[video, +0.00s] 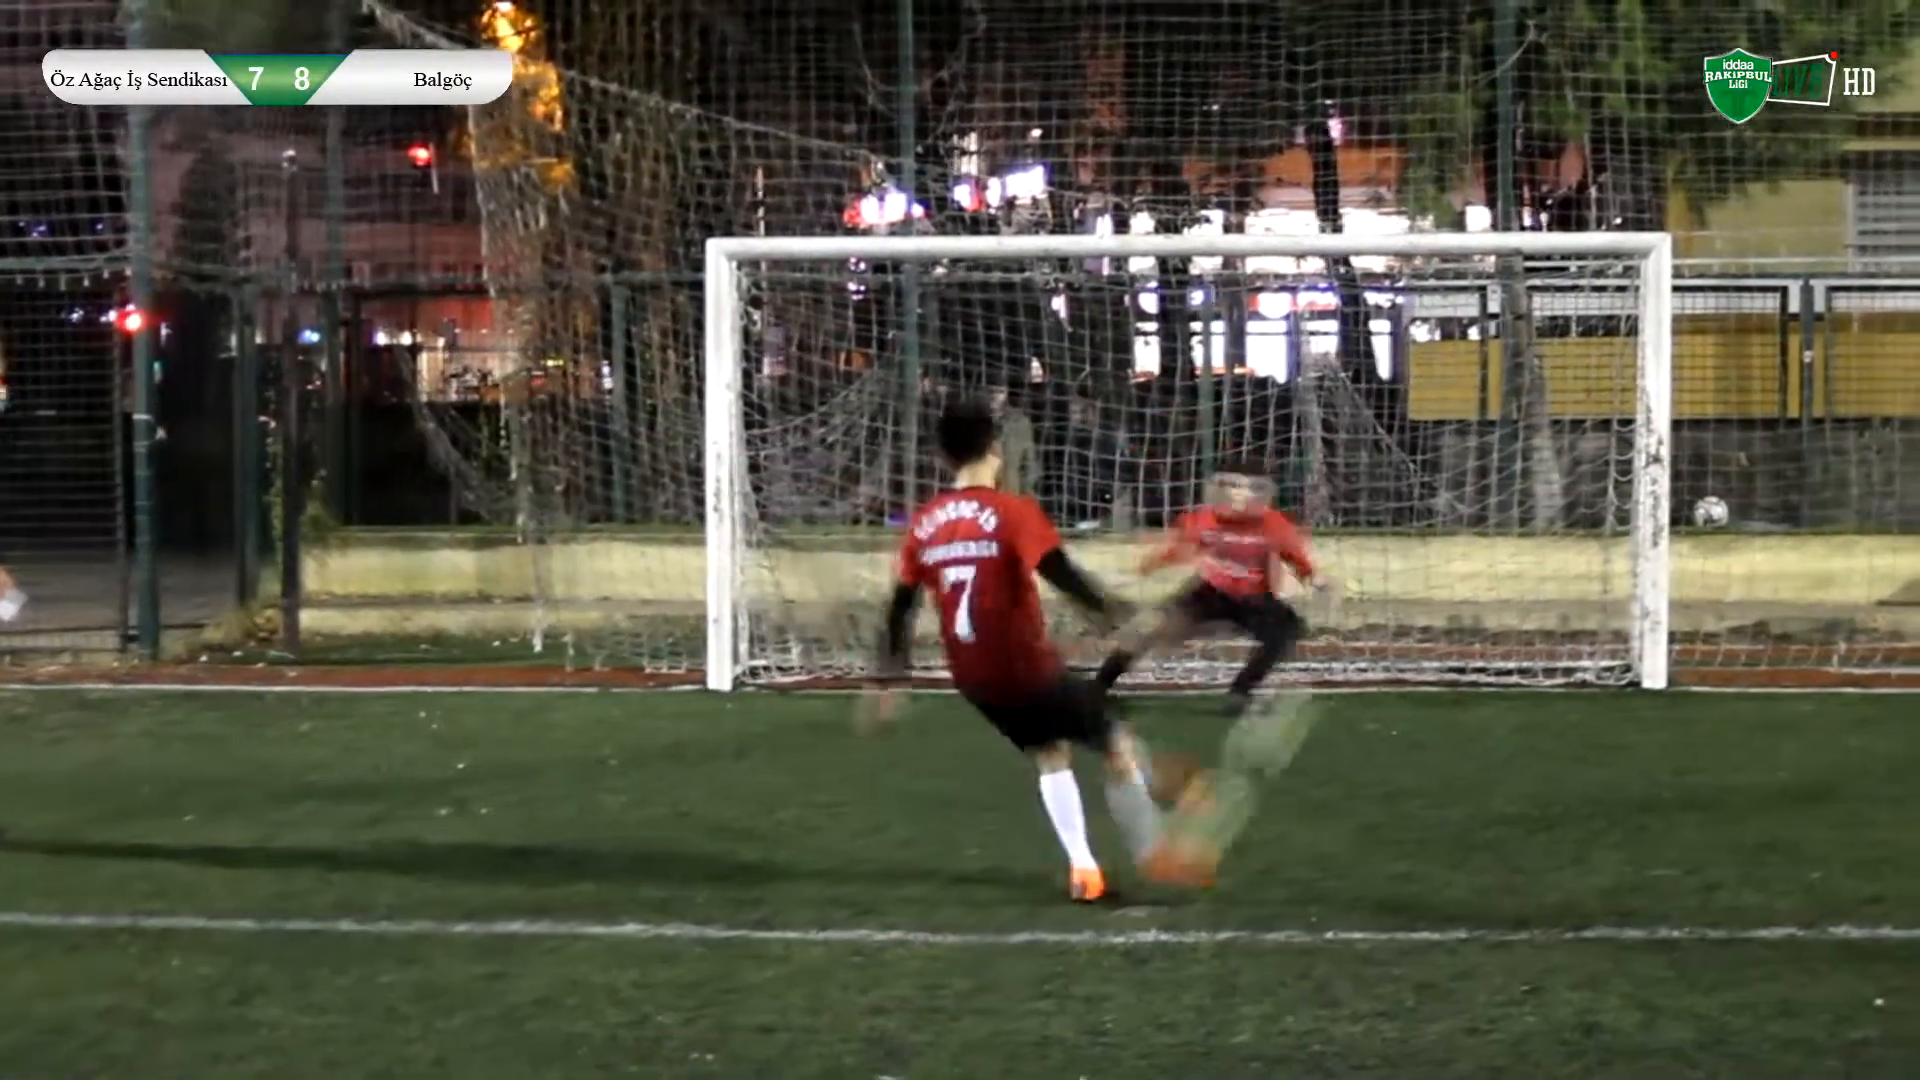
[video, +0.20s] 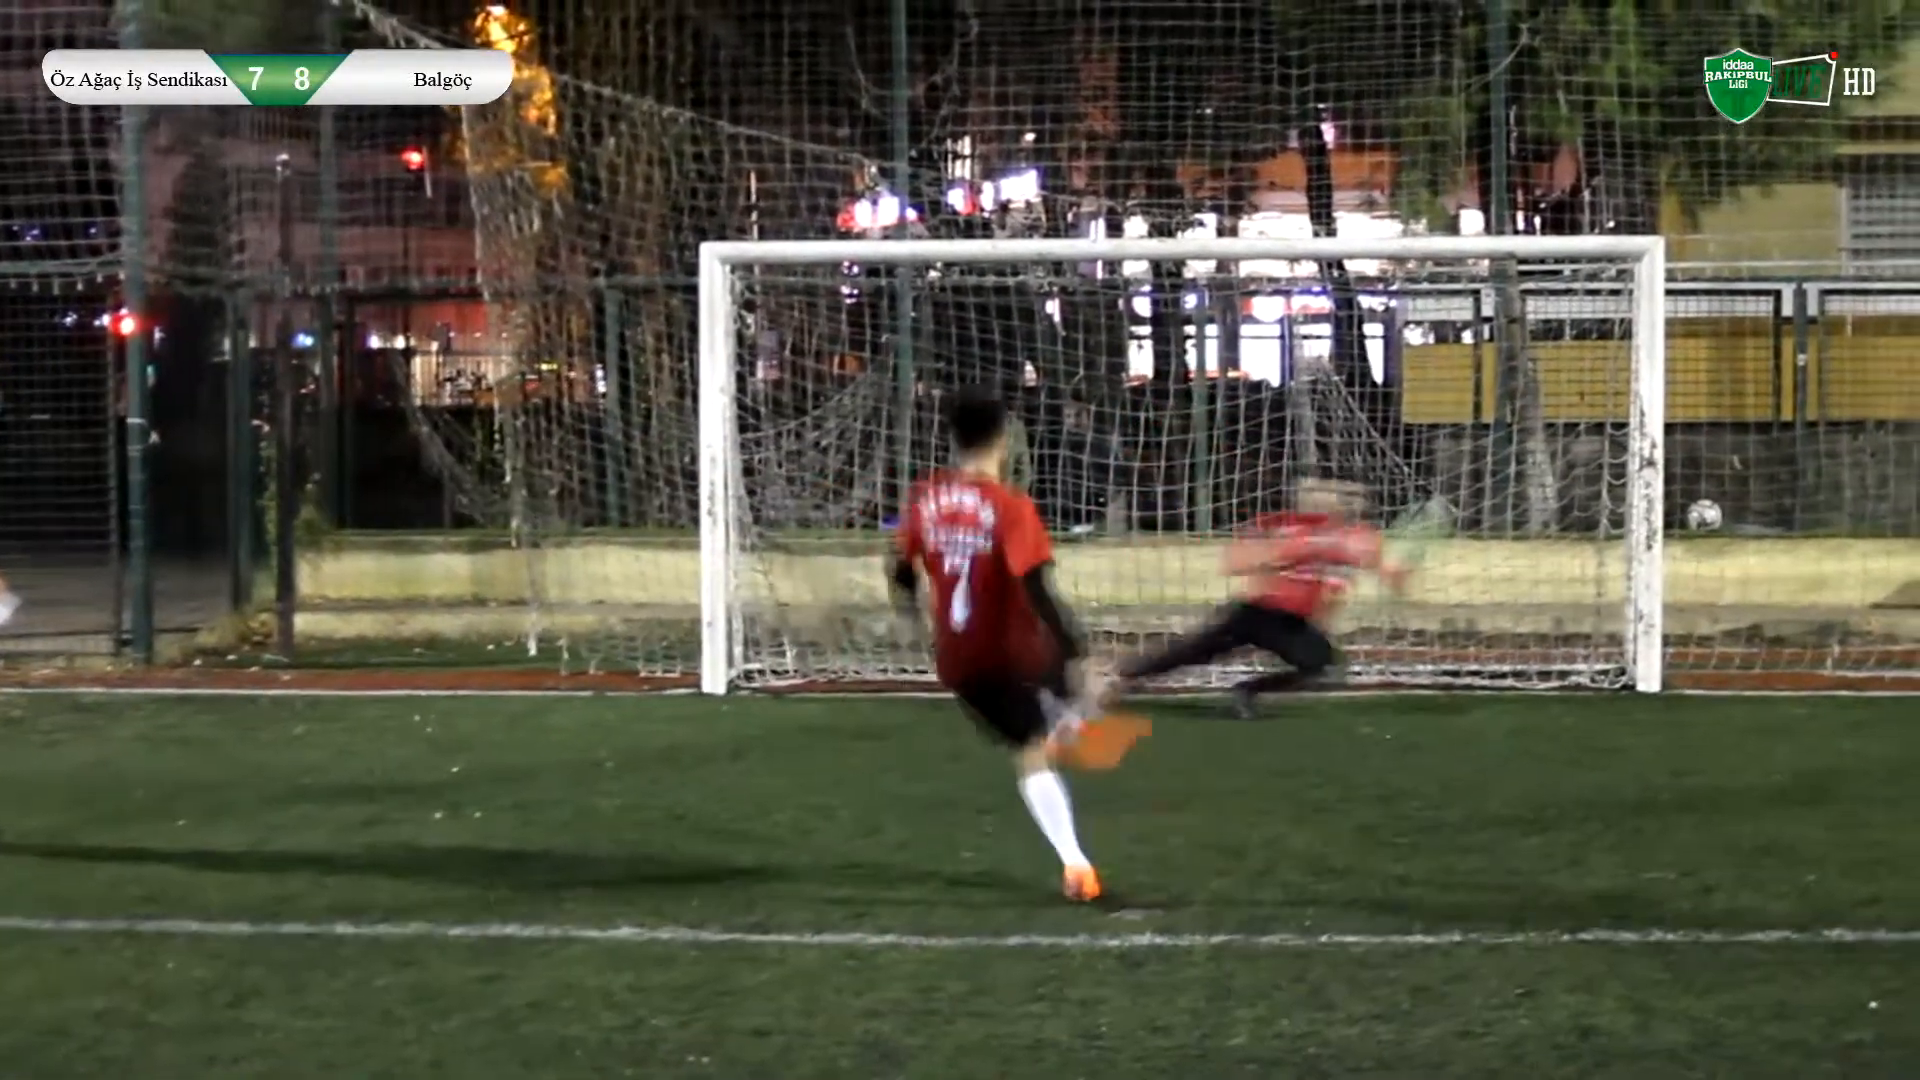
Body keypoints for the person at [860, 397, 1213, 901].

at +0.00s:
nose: (1001, 455)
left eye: (997, 448)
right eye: (998, 448)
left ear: (945, 456)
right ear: (992, 450)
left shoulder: (926, 520)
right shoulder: (1012, 510)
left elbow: (900, 604)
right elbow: (1055, 567)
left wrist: (891, 672)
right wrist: (1110, 609)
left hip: (973, 677)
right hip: (1028, 669)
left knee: (1048, 748)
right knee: (1114, 734)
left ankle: (1082, 865)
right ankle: (1151, 850)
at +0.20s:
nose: (1010, 443)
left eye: (1004, 435)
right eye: (1008, 435)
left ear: (955, 439)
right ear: (1001, 439)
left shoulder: (926, 496)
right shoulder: (1010, 505)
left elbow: (901, 570)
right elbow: (1038, 585)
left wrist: (919, 608)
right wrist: (1074, 641)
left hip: (956, 655)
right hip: (1013, 646)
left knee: (1029, 746)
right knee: (1061, 673)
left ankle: (1074, 862)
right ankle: (1072, 727)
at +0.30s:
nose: (1004, 427)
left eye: (1000, 419)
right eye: (1002, 419)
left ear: (949, 423)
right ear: (992, 423)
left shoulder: (915, 477)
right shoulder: (1003, 490)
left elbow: (888, 543)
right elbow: (1019, 575)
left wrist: (937, 554)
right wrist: (1050, 650)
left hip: (952, 639)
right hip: (1006, 631)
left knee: (1015, 747)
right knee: (1057, 670)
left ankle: (1065, 858)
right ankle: (1056, 764)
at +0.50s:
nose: (968, 402)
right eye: (966, 394)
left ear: (912, 398)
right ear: (962, 398)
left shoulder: (883, 458)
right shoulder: (984, 464)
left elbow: (849, 539)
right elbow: (1002, 547)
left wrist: (880, 508)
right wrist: (1039, 615)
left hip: (925, 618)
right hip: (982, 615)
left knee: (961, 727)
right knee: (1002, 711)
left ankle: (1010, 828)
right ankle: (1012, 832)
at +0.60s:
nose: (958, 401)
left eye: (950, 393)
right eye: (956, 393)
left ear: (901, 400)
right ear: (949, 397)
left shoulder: (875, 465)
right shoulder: (979, 458)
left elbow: (847, 540)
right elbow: (1011, 532)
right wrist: (1047, 580)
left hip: (919, 626)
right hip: (977, 621)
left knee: (924, 729)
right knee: (992, 724)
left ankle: (962, 819)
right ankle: (1009, 850)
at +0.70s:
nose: (936, 400)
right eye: (936, 393)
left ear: (882, 403)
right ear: (932, 398)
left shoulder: (863, 469)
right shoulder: (970, 456)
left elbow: (841, 551)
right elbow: (1021, 524)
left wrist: (809, 603)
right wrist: (1065, 565)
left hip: (907, 628)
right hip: (969, 623)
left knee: (901, 726)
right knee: (990, 731)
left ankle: (925, 822)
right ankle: (1014, 851)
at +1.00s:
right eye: (866, 389)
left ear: (808, 403)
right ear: (859, 393)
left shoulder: (806, 467)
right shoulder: (905, 448)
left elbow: (815, 544)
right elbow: (964, 511)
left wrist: (788, 604)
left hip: (853, 619)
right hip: (912, 613)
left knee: (832, 720)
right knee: (952, 720)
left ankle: (839, 843)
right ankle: (1000, 829)